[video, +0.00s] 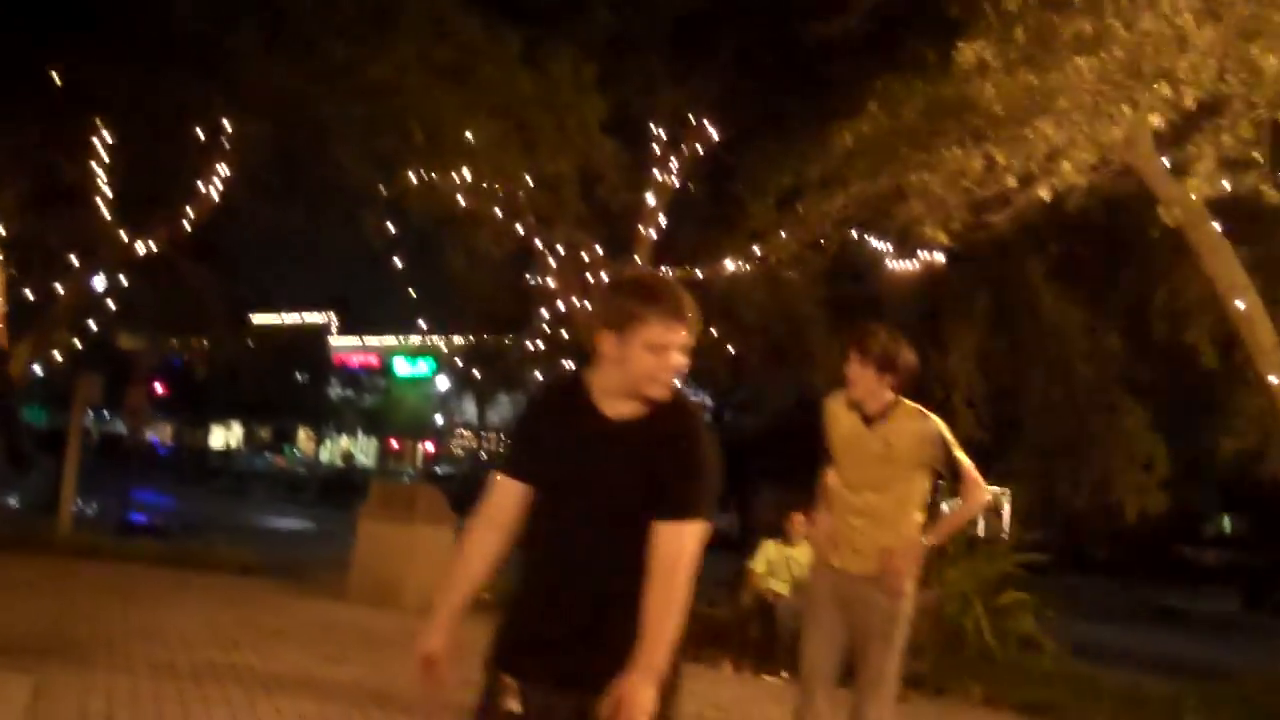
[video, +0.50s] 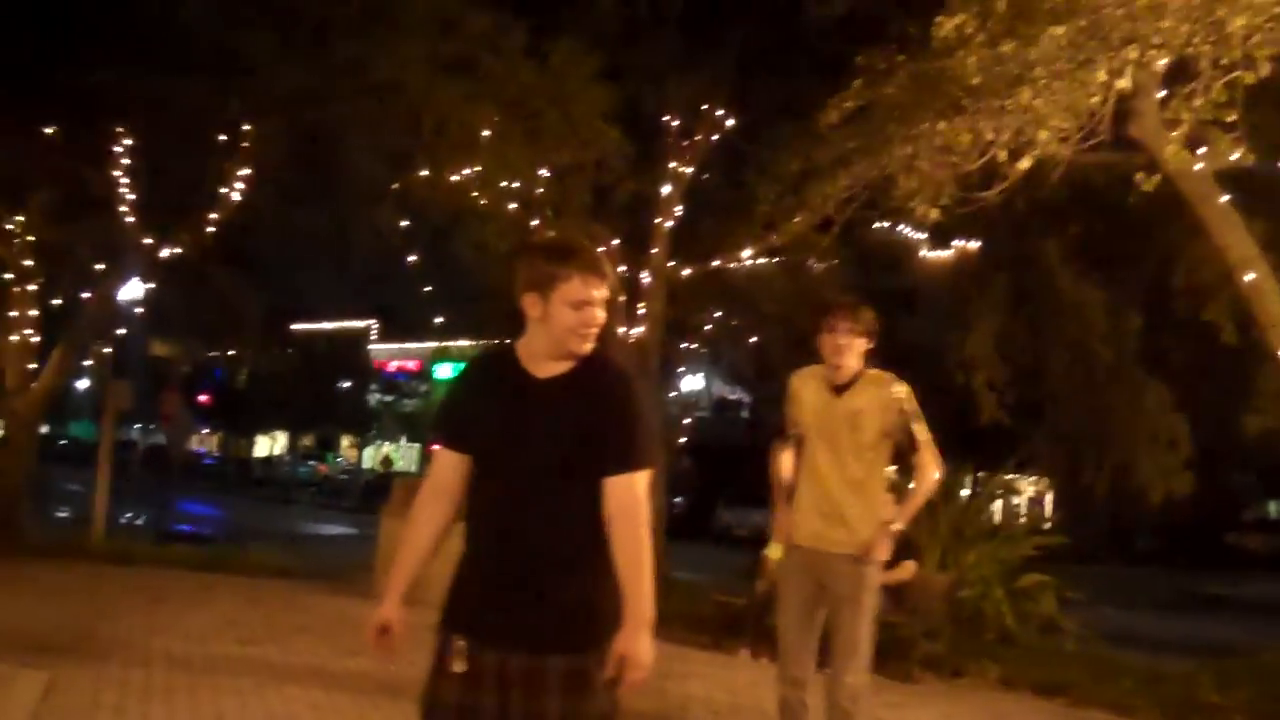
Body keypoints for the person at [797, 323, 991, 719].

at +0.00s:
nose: (848, 371)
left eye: (859, 364)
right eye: (849, 361)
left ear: (887, 378)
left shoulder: (924, 428)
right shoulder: (834, 410)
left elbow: (976, 493)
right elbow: (829, 468)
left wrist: (923, 544)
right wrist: (821, 514)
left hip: (888, 577)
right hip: (830, 567)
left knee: (874, 697)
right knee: (812, 687)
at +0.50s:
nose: (839, 343)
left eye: (850, 334)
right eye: (832, 332)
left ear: (868, 343)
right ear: (819, 339)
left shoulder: (892, 393)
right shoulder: (801, 385)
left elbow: (930, 468)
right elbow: (790, 445)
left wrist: (895, 527)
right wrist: (782, 506)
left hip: (858, 555)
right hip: (800, 547)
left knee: (848, 684)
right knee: (792, 677)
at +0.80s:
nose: (793, 326)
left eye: (802, 316)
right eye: (786, 315)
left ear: (821, 321)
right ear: (775, 321)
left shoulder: (850, 364)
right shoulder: (765, 367)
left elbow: (906, 408)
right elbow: (770, 417)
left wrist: (878, 473)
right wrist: (764, 465)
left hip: (831, 519)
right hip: (777, 515)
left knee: (830, 639)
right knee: (777, 632)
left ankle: (829, 713)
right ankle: (784, 713)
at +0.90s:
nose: (789, 305)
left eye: (799, 296)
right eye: (782, 295)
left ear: (818, 303)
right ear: (772, 303)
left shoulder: (844, 345)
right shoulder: (761, 346)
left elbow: (904, 386)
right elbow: (770, 400)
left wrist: (875, 446)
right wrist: (762, 446)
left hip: (823, 499)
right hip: (769, 494)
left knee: (820, 632)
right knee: (772, 625)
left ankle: (821, 714)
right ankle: (777, 713)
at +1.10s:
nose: (667, 332)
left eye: (676, 323)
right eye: (660, 322)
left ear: (695, 328)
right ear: (649, 330)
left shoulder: (724, 369)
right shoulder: (643, 373)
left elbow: (781, 414)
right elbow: (652, 427)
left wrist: (755, 478)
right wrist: (651, 482)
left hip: (706, 523)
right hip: (654, 522)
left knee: (712, 645)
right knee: (660, 642)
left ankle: (716, 712)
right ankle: (671, 714)